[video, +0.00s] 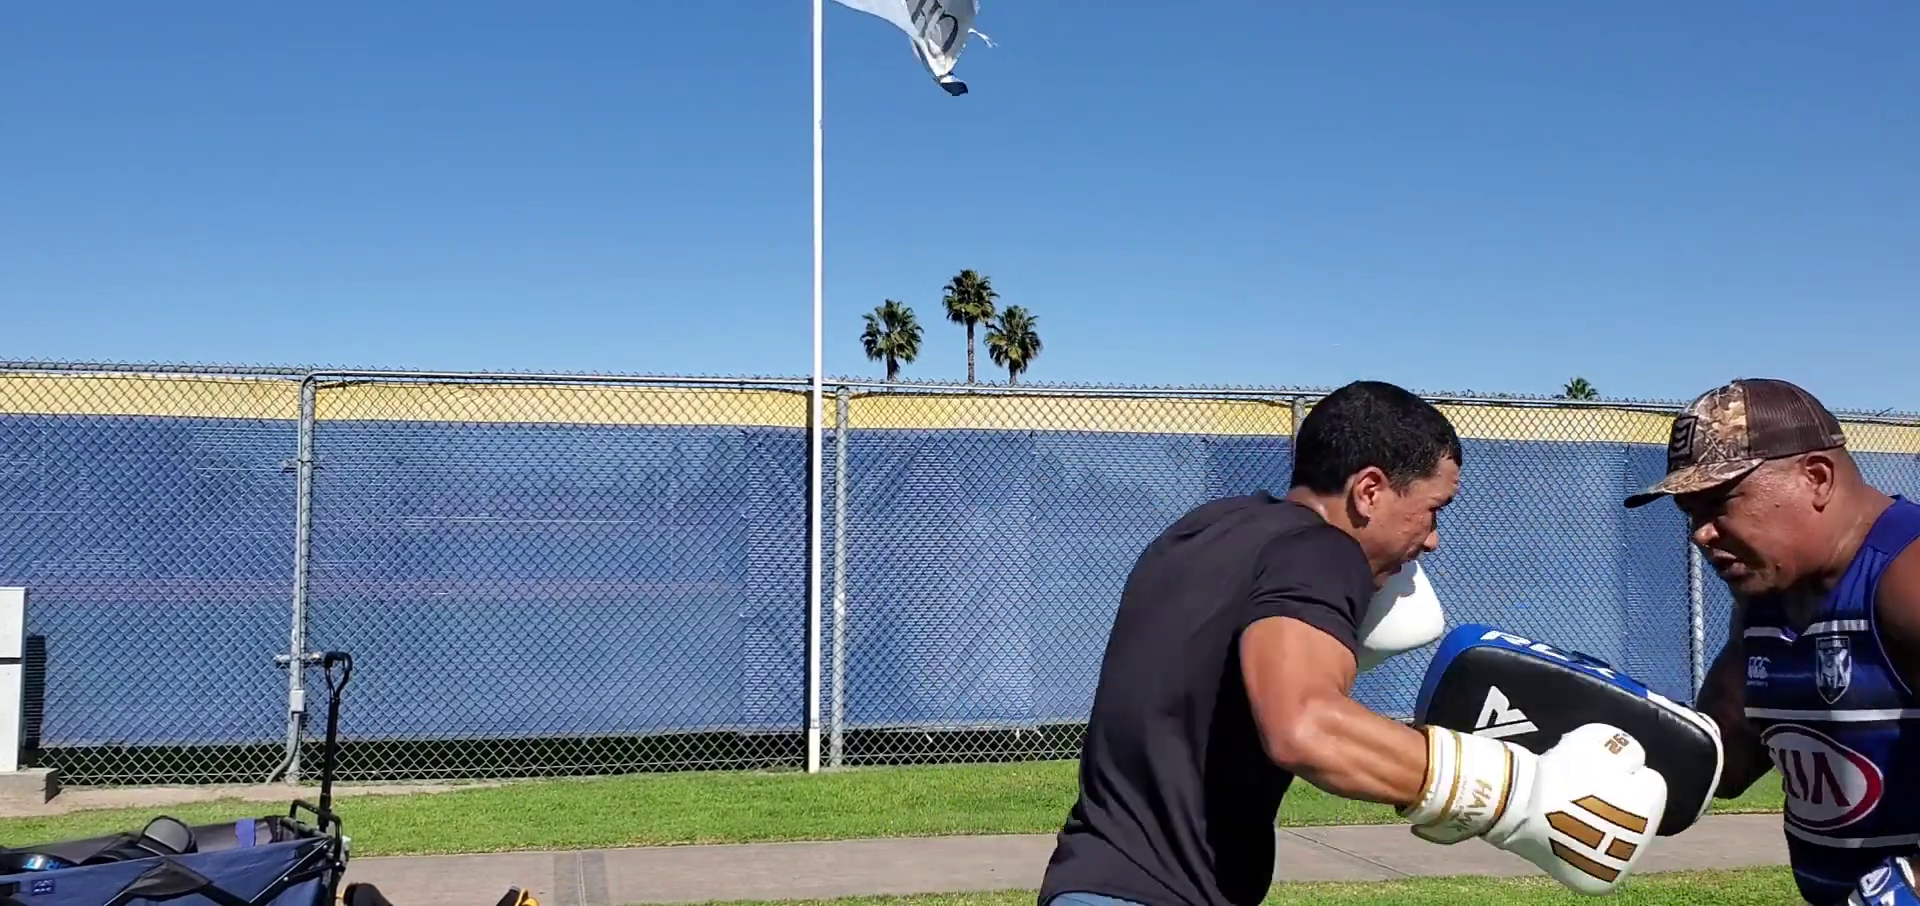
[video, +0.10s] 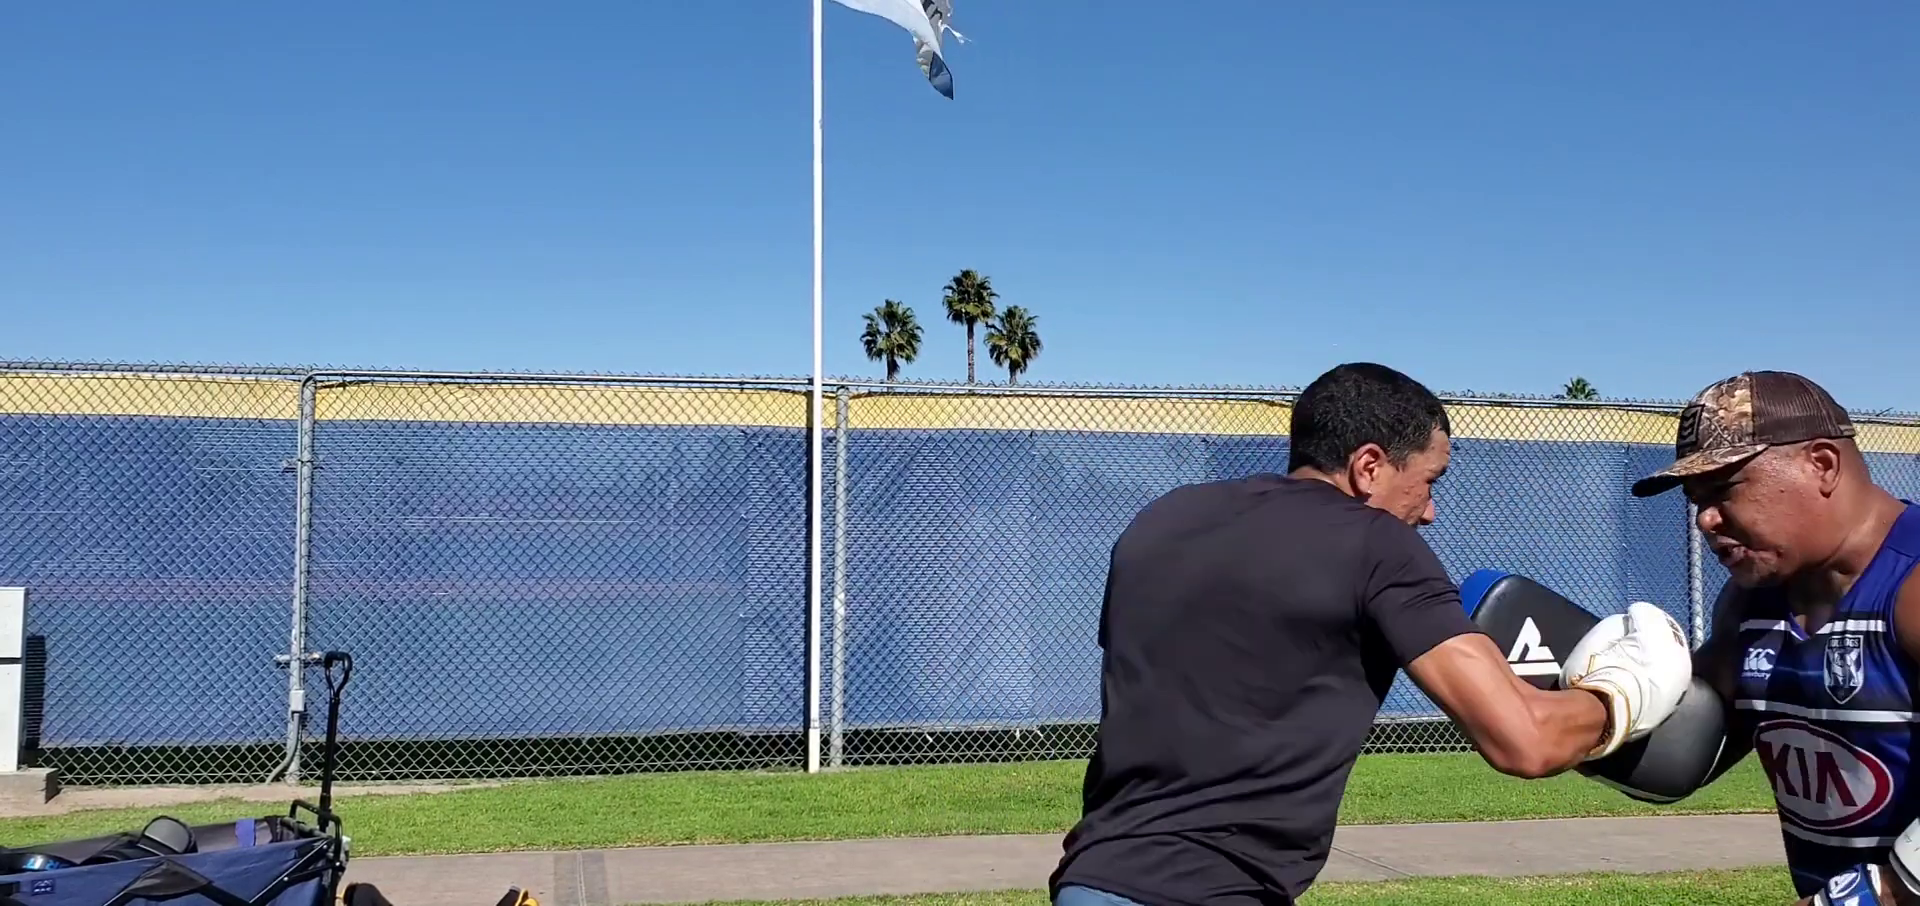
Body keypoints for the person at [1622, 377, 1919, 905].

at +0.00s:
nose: (1701, 535)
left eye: (1719, 504)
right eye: (1692, 512)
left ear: (1817, 480)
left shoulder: (1905, 582)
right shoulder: (1770, 596)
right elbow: (1728, 751)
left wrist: (1910, 884)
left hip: (1899, 890)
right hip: (1830, 889)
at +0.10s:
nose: (1705, 520)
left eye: (1724, 490)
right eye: (1697, 500)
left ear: (1823, 466)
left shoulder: (1909, 593)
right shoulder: (1751, 604)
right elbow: (1682, 753)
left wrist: (1892, 886)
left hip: (1906, 893)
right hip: (1827, 892)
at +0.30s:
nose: (1692, 486)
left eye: (1709, 461)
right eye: (1689, 469)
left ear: (1804, 445)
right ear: (1804, 447)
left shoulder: (1905, 558)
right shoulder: (1765, 571)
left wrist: (1840, 874)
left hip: (1893, 889)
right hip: (1804, 880)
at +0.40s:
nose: (1693, 504)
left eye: (1707, 476)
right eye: (1685, 489)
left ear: (1774, 451)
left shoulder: (1900, 542)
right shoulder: (1734, 584)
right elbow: (1624, 635)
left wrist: (1865, 850)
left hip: (1898, 883)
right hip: (1794, 875)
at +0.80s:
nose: (1667, 504)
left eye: (1678, 479)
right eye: (1664, 485)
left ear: (1743, 464)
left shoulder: (1897, 547)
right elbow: (1627, 666)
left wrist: (1894, 862)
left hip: (1884, 887)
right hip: (1793, 881)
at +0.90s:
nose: (1683, 480)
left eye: (1701, 444)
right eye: (1688, 458)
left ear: (1785, 434)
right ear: (1785, 436)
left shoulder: (1892, 527)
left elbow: (1916, 709)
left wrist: (1806, 875)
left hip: (1891, 886)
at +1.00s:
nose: (1708, 464)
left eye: (1727, 437)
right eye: (1710, 446)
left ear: (1817, 425)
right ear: (1816, 426)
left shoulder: (1896, 527)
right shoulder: (1743, 583)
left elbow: (1915, 692)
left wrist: (1786, 839)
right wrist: (1665, 650)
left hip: (1885, 874)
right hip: (1801, 877)